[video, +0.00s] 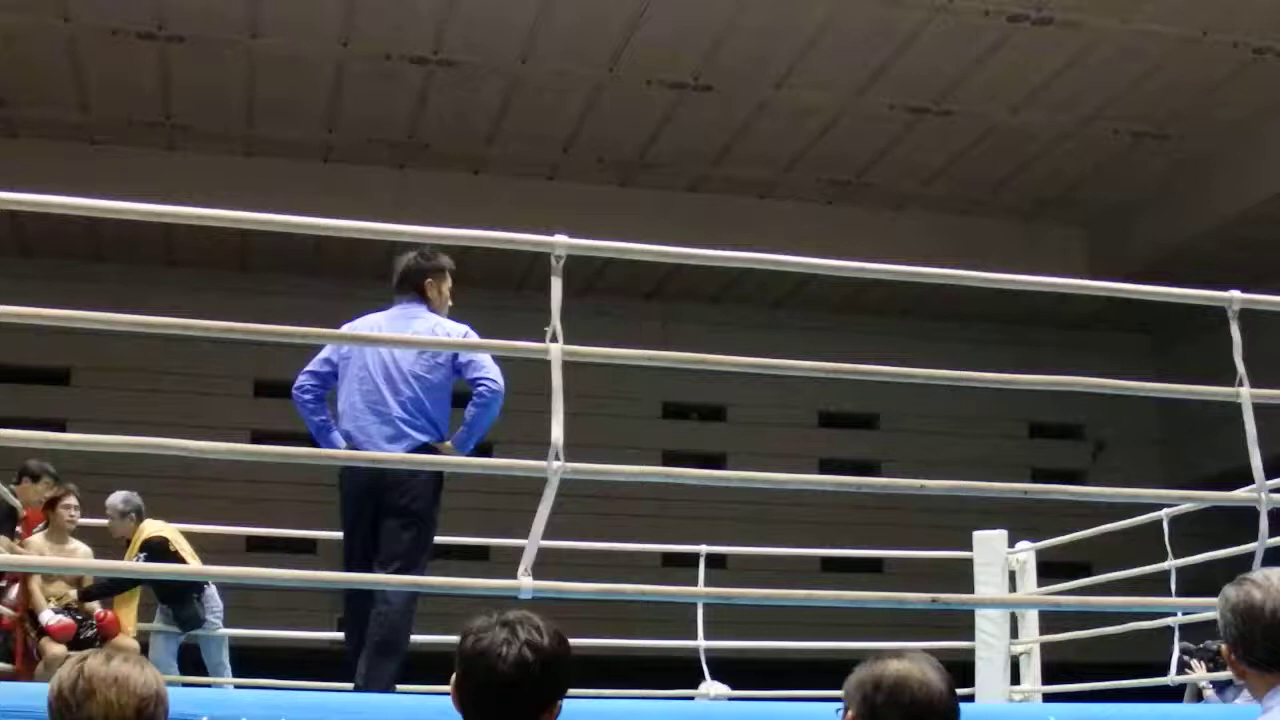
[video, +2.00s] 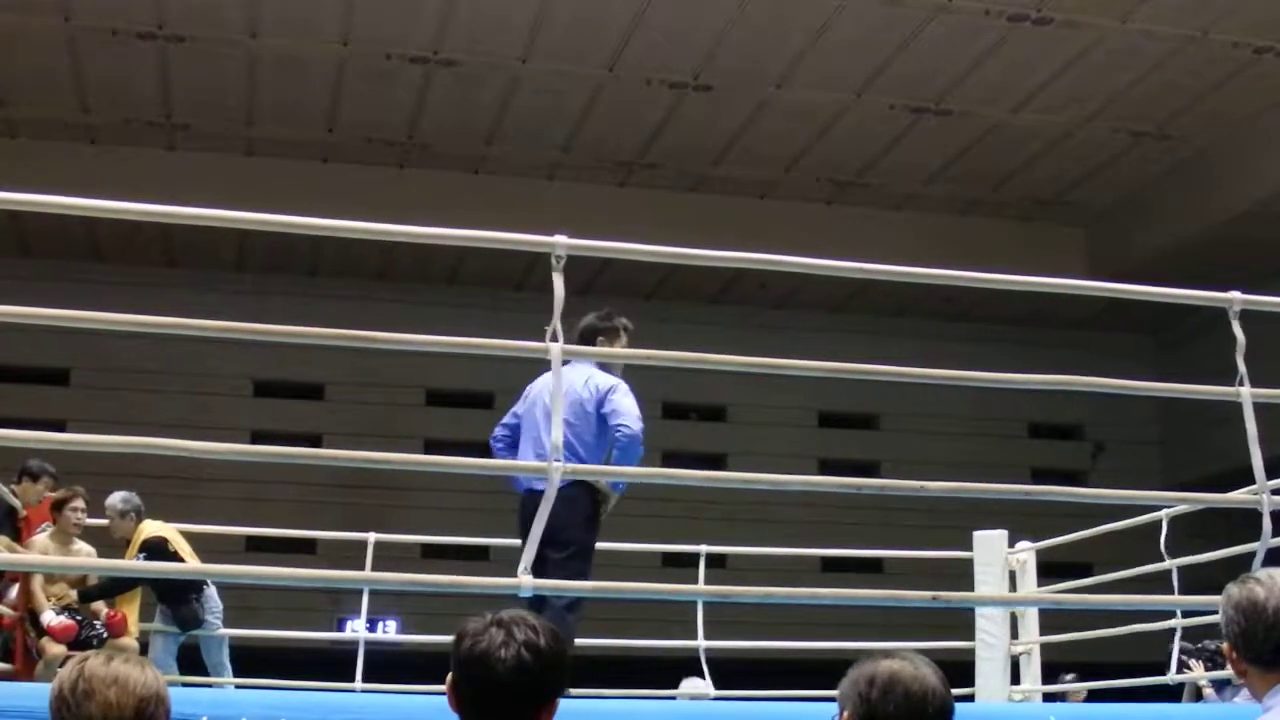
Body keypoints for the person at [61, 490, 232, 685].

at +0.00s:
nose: (108, 524)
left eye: (112, 518)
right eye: (108, 518)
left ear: (130, 519)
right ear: (130, 518)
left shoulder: (155, 539)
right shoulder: (137, 538)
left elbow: (127, 581)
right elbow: (124, 582)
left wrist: (80, 595)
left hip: (201, 601)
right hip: (170, 604)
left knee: (218, 668)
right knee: (161, 662)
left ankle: (228, 713)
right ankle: (176, 711)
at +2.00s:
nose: (108, 524)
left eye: (111, 519)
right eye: (107, 519)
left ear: (131, 519)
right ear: (130, 519)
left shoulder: (155, 541)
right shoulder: (140, 537)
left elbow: (126, 582)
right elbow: (125, 580)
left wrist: (79, 596)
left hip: (201, 600)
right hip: (170, 603)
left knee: (218, 666)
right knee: (160, 661)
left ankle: (231, 714)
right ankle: (174, 711)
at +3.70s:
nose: (105, 524)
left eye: (109, 518)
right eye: (106, 518)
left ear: (127, 521)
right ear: (128, 520)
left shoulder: (155, 542)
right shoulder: (139, 539)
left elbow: (126, 583)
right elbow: (126, 584)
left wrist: (79, 597)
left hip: (201, 600)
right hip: (171, 603)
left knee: (217, 664)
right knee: (159, 660)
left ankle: (230, 712)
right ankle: (175, 709)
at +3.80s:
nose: (106, 525)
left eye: (109, 520)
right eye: (106, 520)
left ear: (128, 521)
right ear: (129, 520)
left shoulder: (154, 543)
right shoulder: (139, 539)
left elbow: (125, 583)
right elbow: (127, 583)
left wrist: (78, 597)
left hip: (202, 600)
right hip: (171, 603)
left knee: (217, 665)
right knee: (160, 660)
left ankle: (230, 713)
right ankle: (173, 709)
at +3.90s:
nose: (105, 525)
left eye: (109, 519)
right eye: (106, 519)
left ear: (128, 520)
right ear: (128, 520)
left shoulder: (154, 543)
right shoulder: (139, 539)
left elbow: (124, 584)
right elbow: (125, 583)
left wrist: (79, 597)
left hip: (202, 600)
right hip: (171, 603)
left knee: (217, 664)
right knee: (159, 660)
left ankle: (230, 712)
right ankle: (175, 708)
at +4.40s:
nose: (112, 522)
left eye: (115, 516)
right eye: (111, 516)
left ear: (134, 516)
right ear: (133, 516)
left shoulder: (159, 539)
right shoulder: (140, 539)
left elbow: (127, 581)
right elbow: (126, 583)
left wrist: (81, 597)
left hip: (201, 600)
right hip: (170, 604)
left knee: (218, 666)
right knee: (159, 660)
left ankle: (231, 712)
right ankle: (177, 708)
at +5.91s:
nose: (129, 562)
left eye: (133, 557)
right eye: (126, 558)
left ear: (152, 550)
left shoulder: (178, 561)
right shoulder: (144, 566)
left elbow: (205, 595)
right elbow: (133, 597)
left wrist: (167, 597)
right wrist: (108, 612)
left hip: (214, 611)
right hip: (181, 614)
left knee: (216, 669)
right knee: (156, 660)